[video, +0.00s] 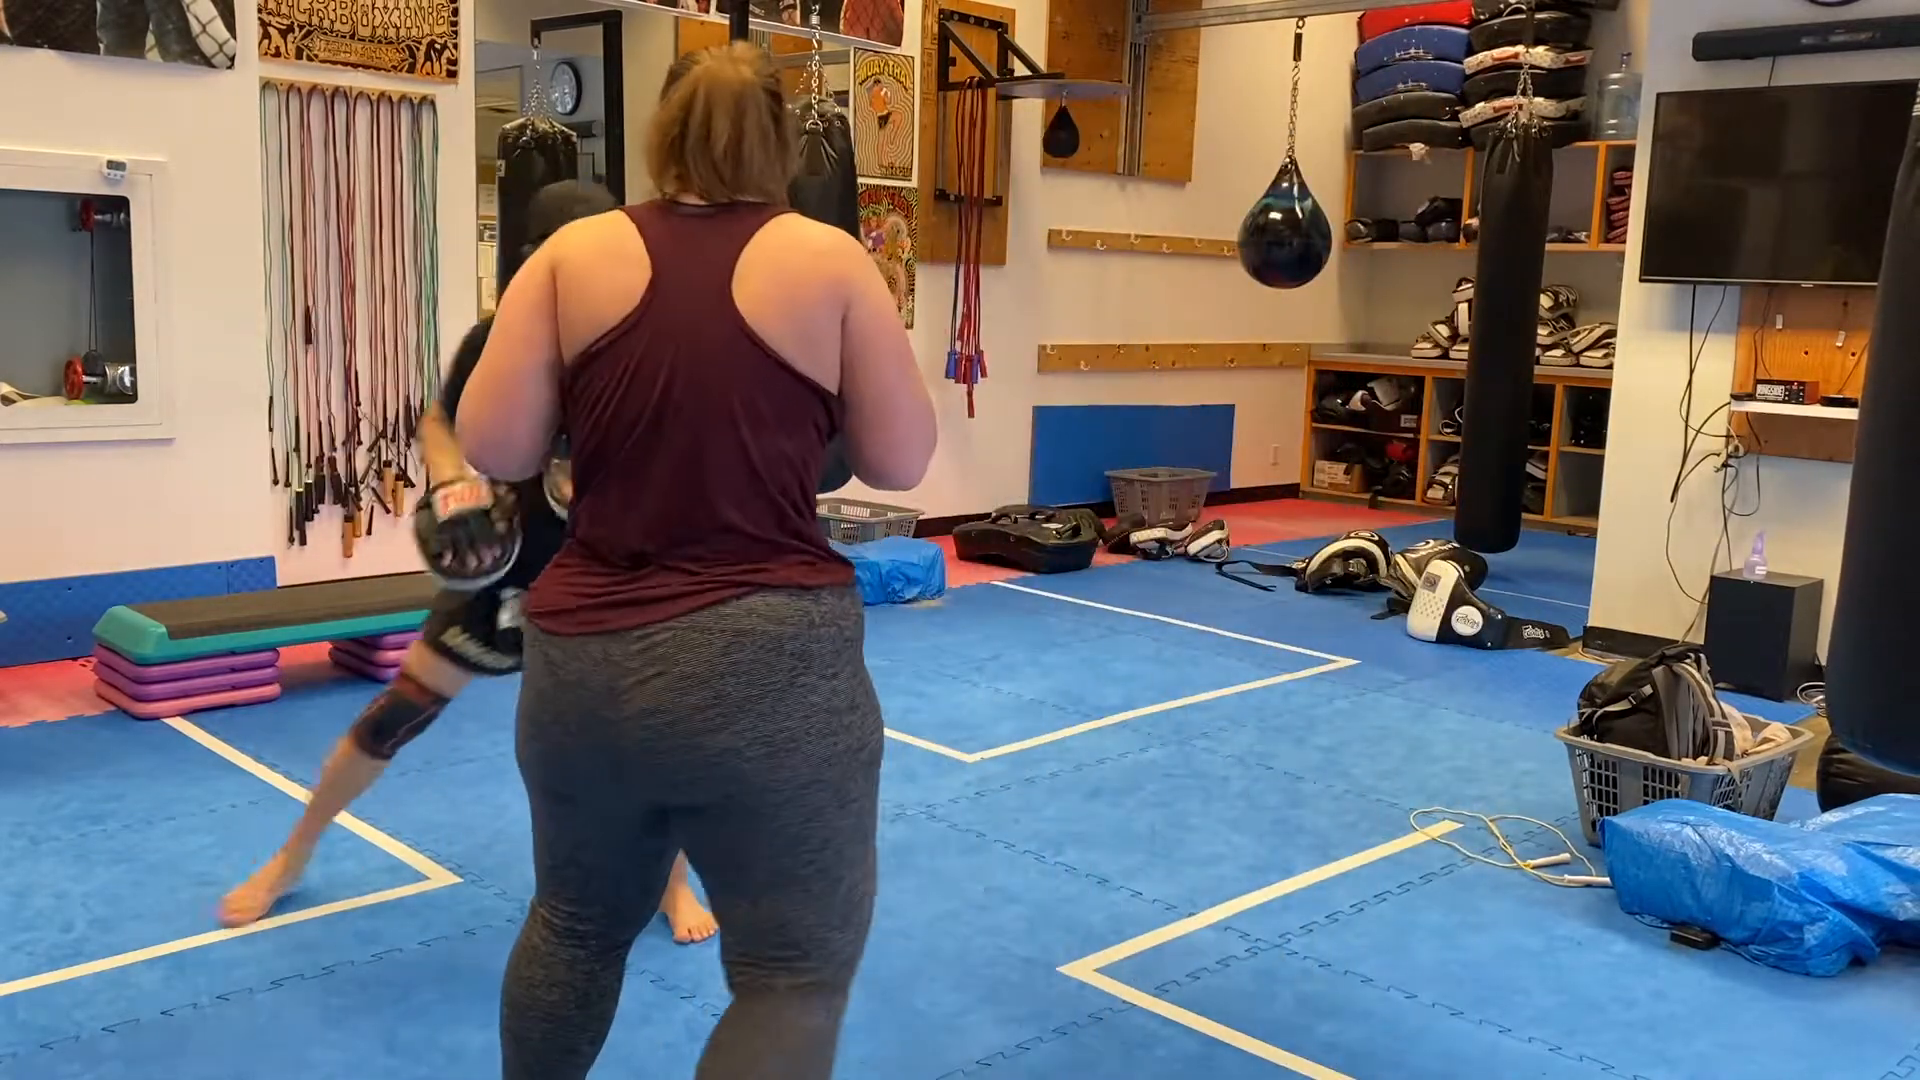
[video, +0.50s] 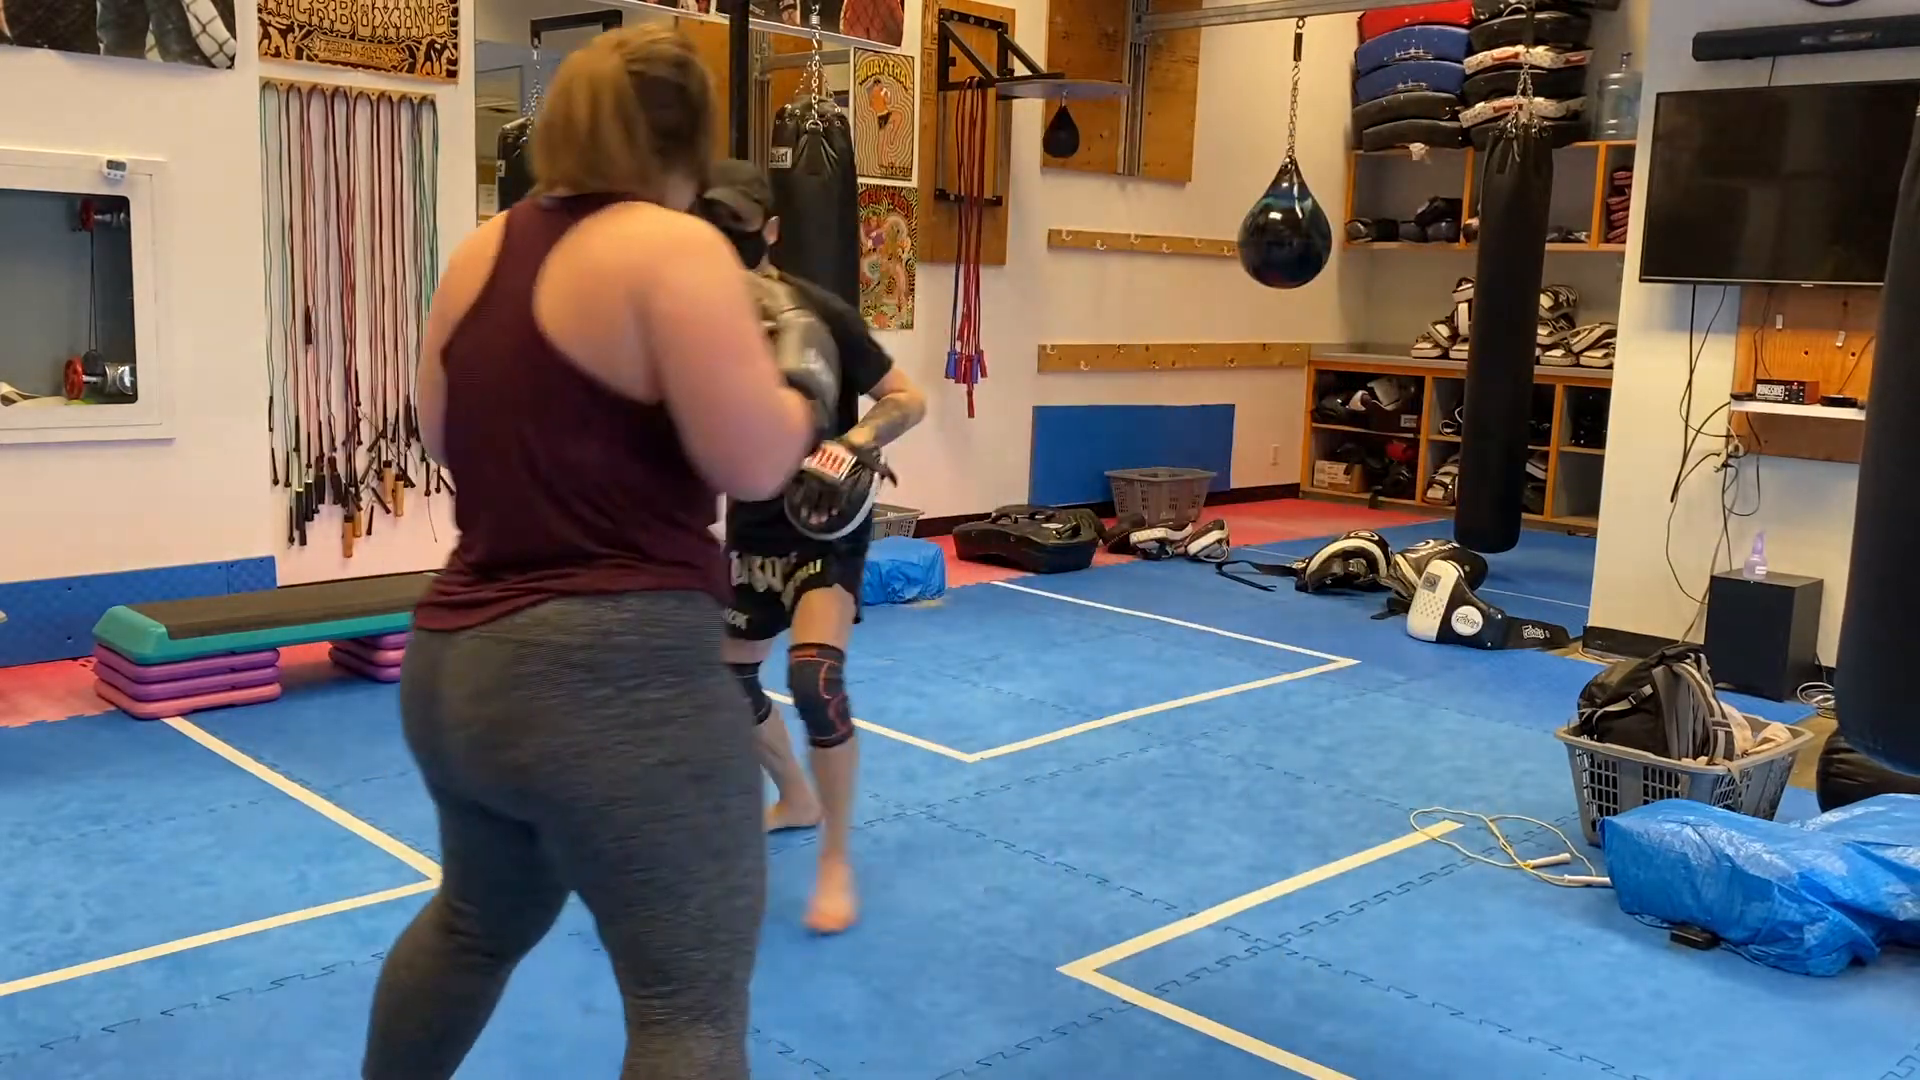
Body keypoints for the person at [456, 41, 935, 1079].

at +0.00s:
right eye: (785, 136)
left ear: (661, 138)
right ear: (777, 143)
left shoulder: (568, 259)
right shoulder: (828, 262)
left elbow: (496, 446)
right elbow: (899, 456)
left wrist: (594, 388)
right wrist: (788, 423)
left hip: (585, 653)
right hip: (774, 649)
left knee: (575, 921)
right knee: (789, 978)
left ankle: (533, 1076)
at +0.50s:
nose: (713, 149)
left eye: (706, 132)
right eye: (707, 132)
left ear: (566, 125)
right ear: (685, 136)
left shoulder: (481, 248)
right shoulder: (674, 248)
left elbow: (443, 432)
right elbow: (756, 463)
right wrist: (801, 366)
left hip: (461, 653)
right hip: (620, 671)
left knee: (477, 918)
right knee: (689, 1009)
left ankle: (391, 1071)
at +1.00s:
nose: (558, 133)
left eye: (557, 111)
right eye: (548, 109)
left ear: (428, 106)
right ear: (504, 109)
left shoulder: (351, 230)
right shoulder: (507, 222)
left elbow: (434, 389)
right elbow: (603, 428)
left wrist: (575, 303)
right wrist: (663, 346)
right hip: (443, 656)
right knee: (415, 1011)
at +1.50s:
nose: (583, 171)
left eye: (582, 151)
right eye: (569, 152)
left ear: (506, 162)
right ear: (514, 162)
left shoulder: (498, 271)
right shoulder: (433, 272)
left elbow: (589, 291)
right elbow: (513, 456)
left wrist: (681, 263)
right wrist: (600, 358)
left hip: (465, 629)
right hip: (399, 638)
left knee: (510, 790)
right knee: (411, 952)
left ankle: (444, 997)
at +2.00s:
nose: (562, 210)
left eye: (564, 194)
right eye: (550, 192)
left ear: (531, 193)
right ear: (499, 186)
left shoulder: (527, 281)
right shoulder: (405, 272)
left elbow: (549, 375)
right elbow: (386, 408)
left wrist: (622, 327)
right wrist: (508, 337)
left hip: (508, 568)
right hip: (416, 570)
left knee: (523, 728)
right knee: (442, 820)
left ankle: (476, 880)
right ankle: (340, 1055)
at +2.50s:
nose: (514, 187)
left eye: (520, 171)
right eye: (508, 169)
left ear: (431, 151)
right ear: (468, 154)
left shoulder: (385, 224)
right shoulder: (450, 224)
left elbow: (445, 348)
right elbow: (496, 355)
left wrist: (535, 302)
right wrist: (560, 309)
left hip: (392, 497)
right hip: (447, 499)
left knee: (463, 708)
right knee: (503, 717)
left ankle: (478, 888)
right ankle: (474, 950)